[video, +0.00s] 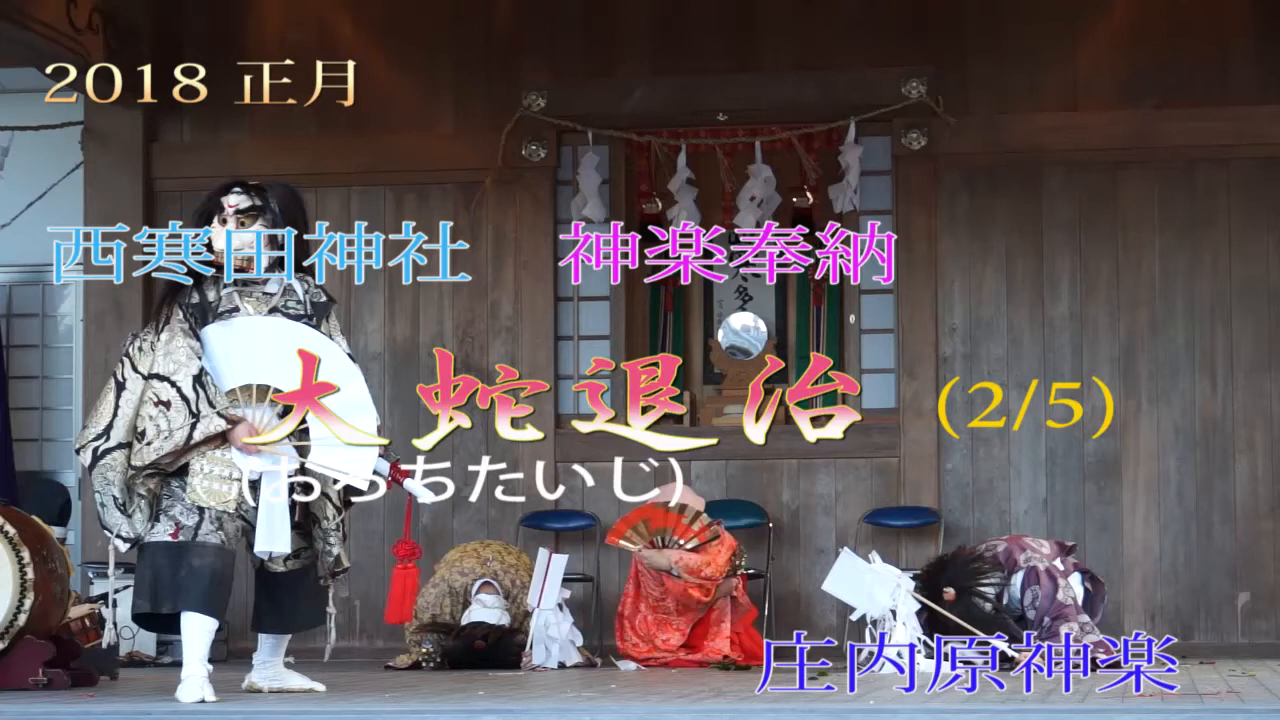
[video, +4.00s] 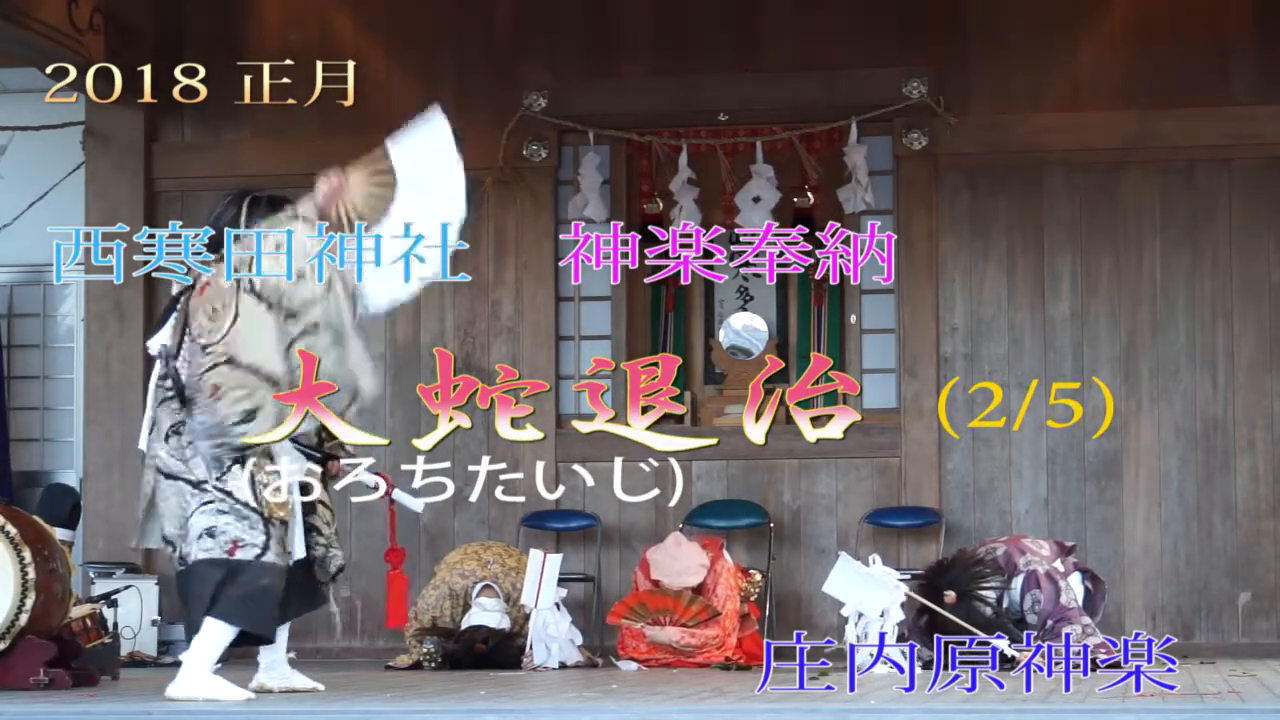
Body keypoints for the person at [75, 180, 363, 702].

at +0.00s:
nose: (228, 230)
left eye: (242, 219)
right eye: (220, 220)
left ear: (272, 230)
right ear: (209, 234)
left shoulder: (309, 303)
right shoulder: (192, 304)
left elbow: (337, 388)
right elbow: (163, 394)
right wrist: (225, 427)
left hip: (288, 453)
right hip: (213, 450)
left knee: (288, 548)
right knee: (207, 547)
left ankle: (270, 665)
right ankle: (195, 672)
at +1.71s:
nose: (303, 239)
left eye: (303, 228)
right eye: (292, 226)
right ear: (256, 231)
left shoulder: (284, 304)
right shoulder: (206, 306)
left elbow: (301, 385)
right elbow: (200, 409)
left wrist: (309, 437)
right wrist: (257, 450)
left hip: (269, 457)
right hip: (215, 457)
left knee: (275, 550)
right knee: (215, 552)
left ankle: (272, 664)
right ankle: (189, 673)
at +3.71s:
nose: (306, 257)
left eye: (304, 243)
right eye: (299, 242)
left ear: (236, 238)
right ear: (268, 241)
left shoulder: (212, 303)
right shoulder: (246, 309)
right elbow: (263, 405)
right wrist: (318, 438)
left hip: (262, 449)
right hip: (233, 450)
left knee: (282, 549)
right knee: (231, 551)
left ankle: (273, 663)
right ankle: (191, 672)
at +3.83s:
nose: (300, 255)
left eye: (301, 244)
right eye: (296, 243)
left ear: (238, 239)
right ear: (270, 243)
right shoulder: (219, 304)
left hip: (247, 446)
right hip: (201, 451)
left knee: (287, 545)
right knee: (236, 547)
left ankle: (274, 663)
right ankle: (192, 670)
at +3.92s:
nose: (308, 262)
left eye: (308, 251)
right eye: (301, 249)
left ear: (237, 244)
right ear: (273, 247)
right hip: (202, 447)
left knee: (290, 546)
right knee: (251, 550)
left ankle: (274, 664)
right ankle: (194, 670)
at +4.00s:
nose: (291, 246)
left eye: (293, 235)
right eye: (281, 235)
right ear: (252, 234)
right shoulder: (225, 292)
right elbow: (228, 386)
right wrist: (277, 445)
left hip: (253, 443)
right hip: (218, 448)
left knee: (291, 546)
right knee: (263, 556)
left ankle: (273, 664)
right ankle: (195, 671)